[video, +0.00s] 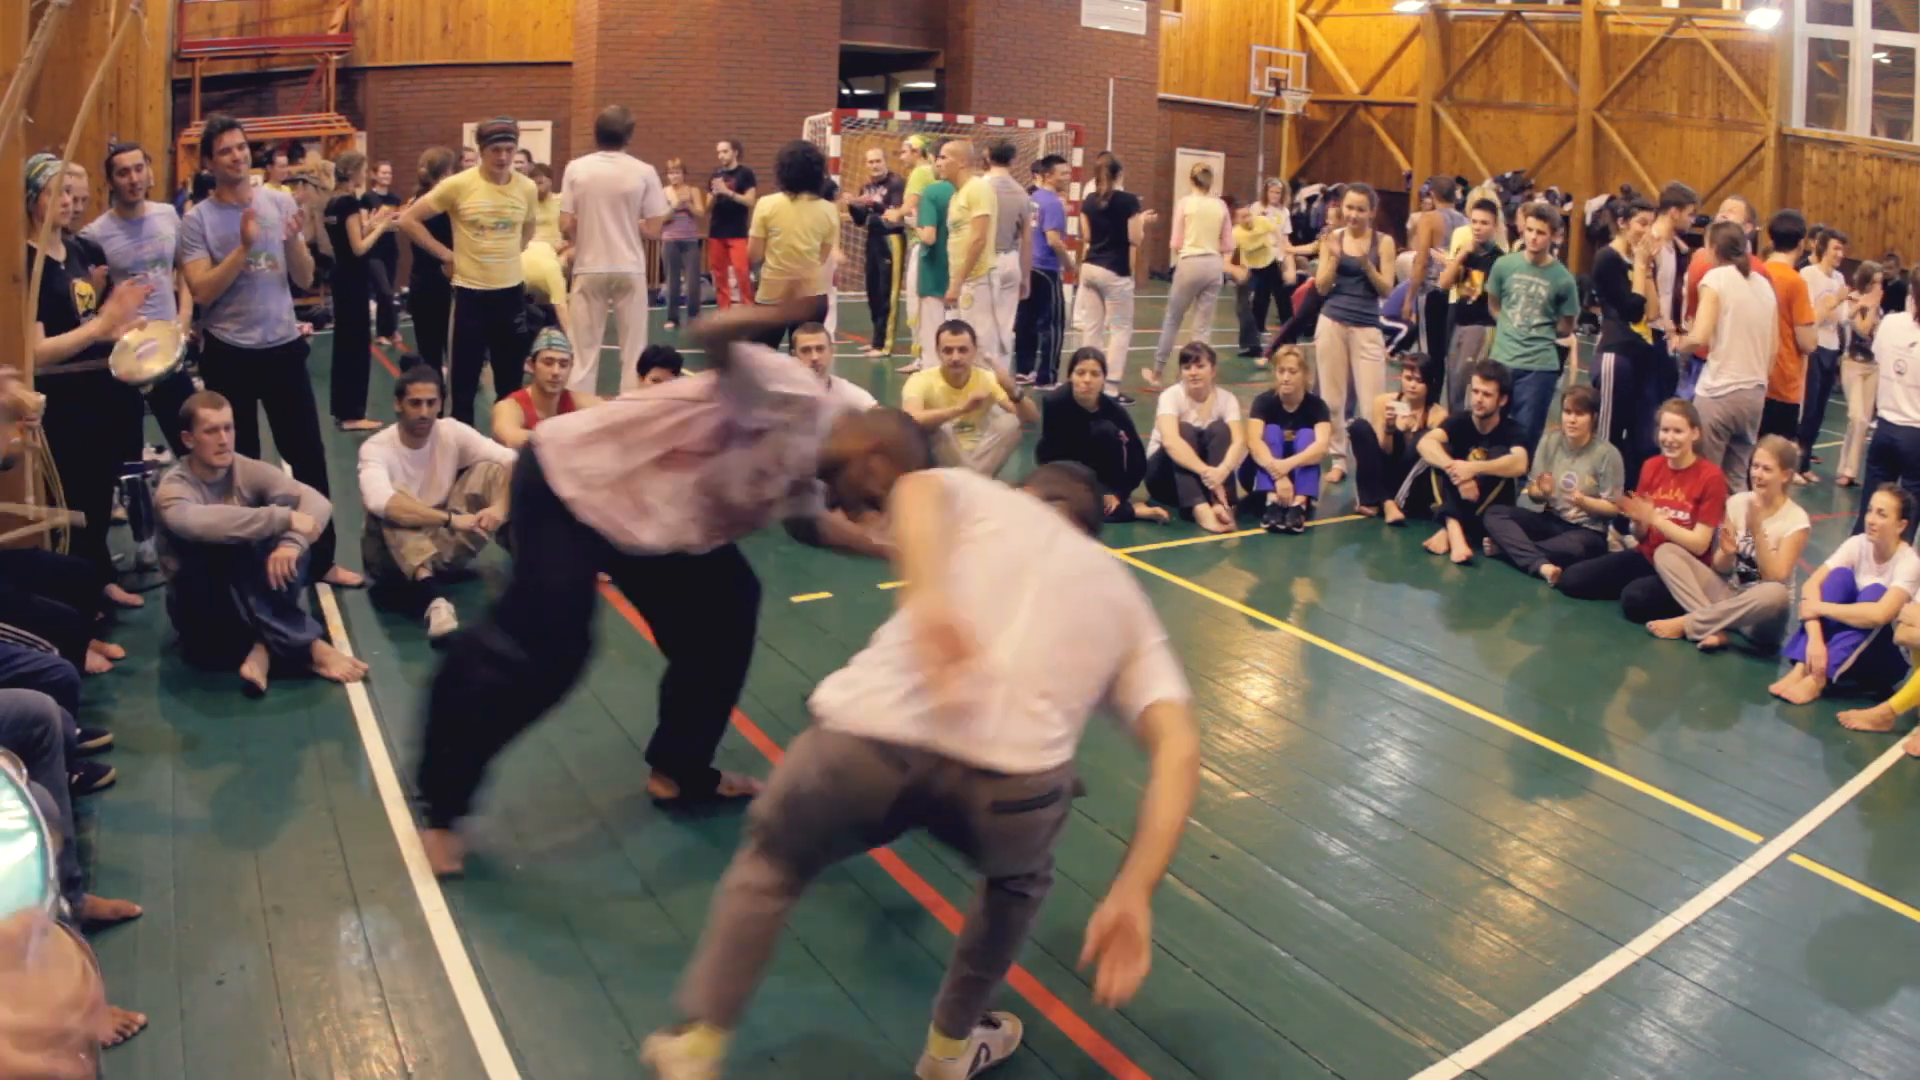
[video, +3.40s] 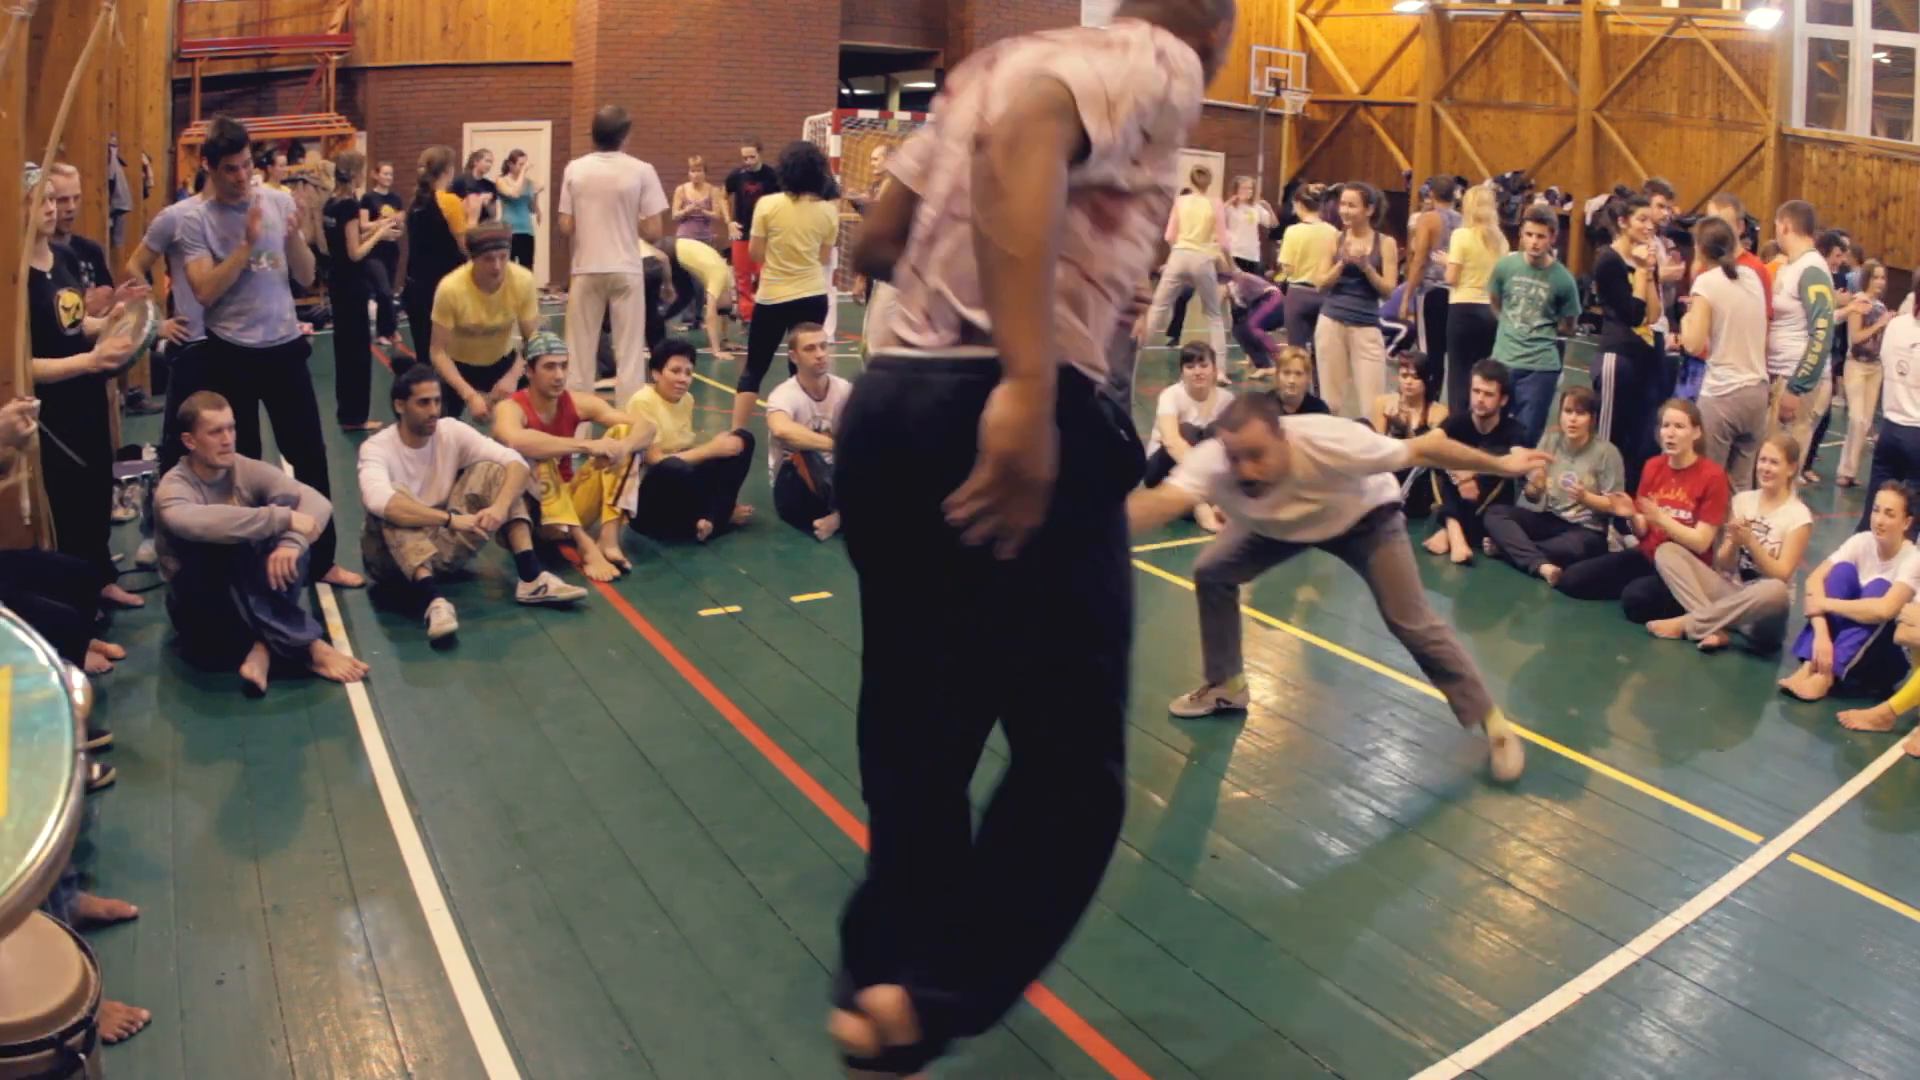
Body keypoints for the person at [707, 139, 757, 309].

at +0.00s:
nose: (721, 156)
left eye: (725, 151)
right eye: (719, 152)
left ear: (735, 152)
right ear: (717, 155)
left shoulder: (745, 173)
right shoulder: (716, 175)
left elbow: (750, 200)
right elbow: (708, 205)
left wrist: (727, 191)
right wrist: (714, 193)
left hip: (737, 232)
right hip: (717, 232)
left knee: (742, 271)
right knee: (718, 273)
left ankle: (748, 305)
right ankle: (723, 308)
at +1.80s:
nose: (751, 157)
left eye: (754, 153)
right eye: (748, 153)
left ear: (761, 154)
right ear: (743, 154)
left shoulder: (767, 174)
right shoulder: (734, 173)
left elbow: (771, 201)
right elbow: (727, 200)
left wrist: (754, 194)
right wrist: (741, 194)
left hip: (758, 231)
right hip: (735, 231)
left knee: (756, 272)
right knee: (729, 271)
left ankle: (754, 312)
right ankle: (726, 311)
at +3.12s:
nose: (744, 159)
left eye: (747, 155)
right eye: (741, 156)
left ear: (755, 154)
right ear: (737, 157)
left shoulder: (767, 173)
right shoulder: (733, 176)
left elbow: (776, 197)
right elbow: (721, 194)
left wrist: (769, 217)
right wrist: (728, 215)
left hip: (763, 229)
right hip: (740, 231)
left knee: (762, 272)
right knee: (742, 275)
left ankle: (764, 310)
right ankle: (746, 313)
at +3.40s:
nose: (748, 161)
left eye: (751, 157)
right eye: (744, 158)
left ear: (760, 154)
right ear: (741, 157)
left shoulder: (770, 175)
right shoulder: (735, 177)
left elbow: (778, 200)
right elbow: (726, 197)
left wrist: (774, 221)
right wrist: (729, 221)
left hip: (765, 229)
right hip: (742, 230)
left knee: (765, 272)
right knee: (742, 276)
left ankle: (765, 310)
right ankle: (746, 313)